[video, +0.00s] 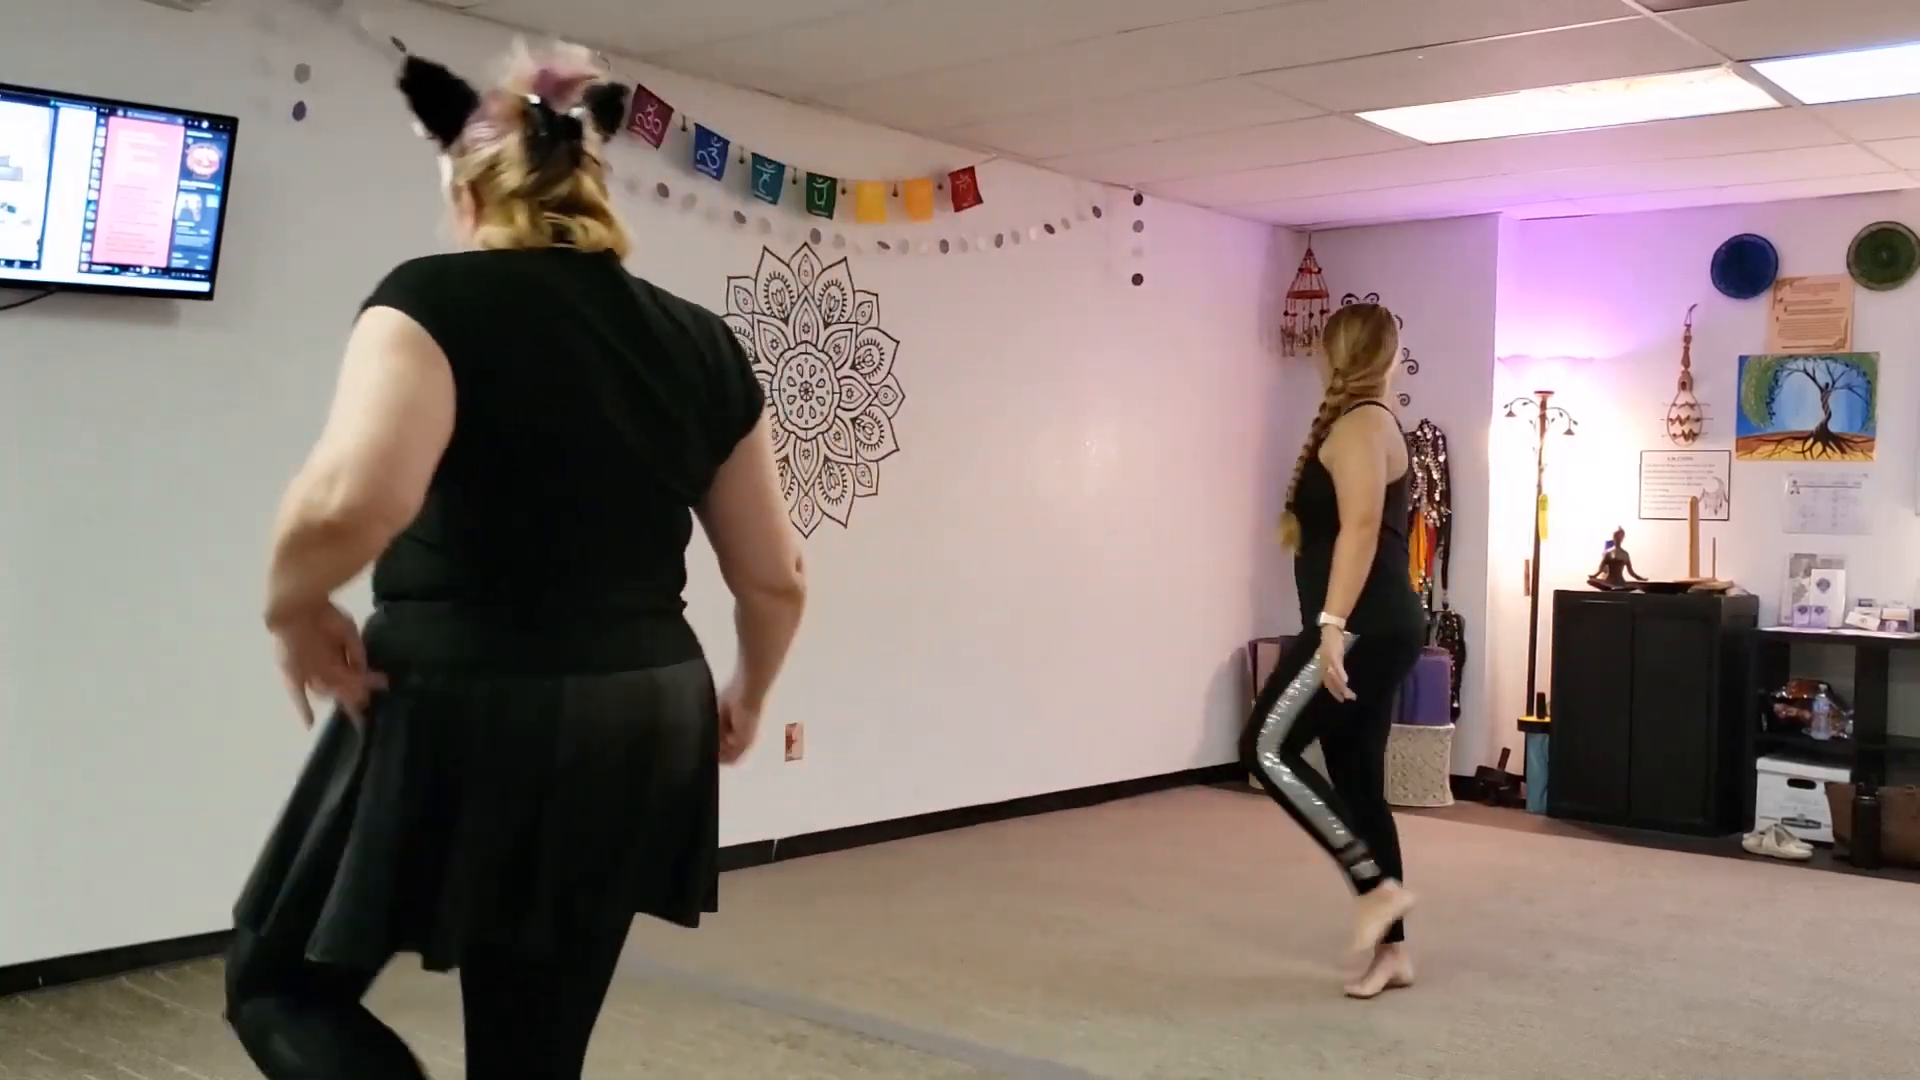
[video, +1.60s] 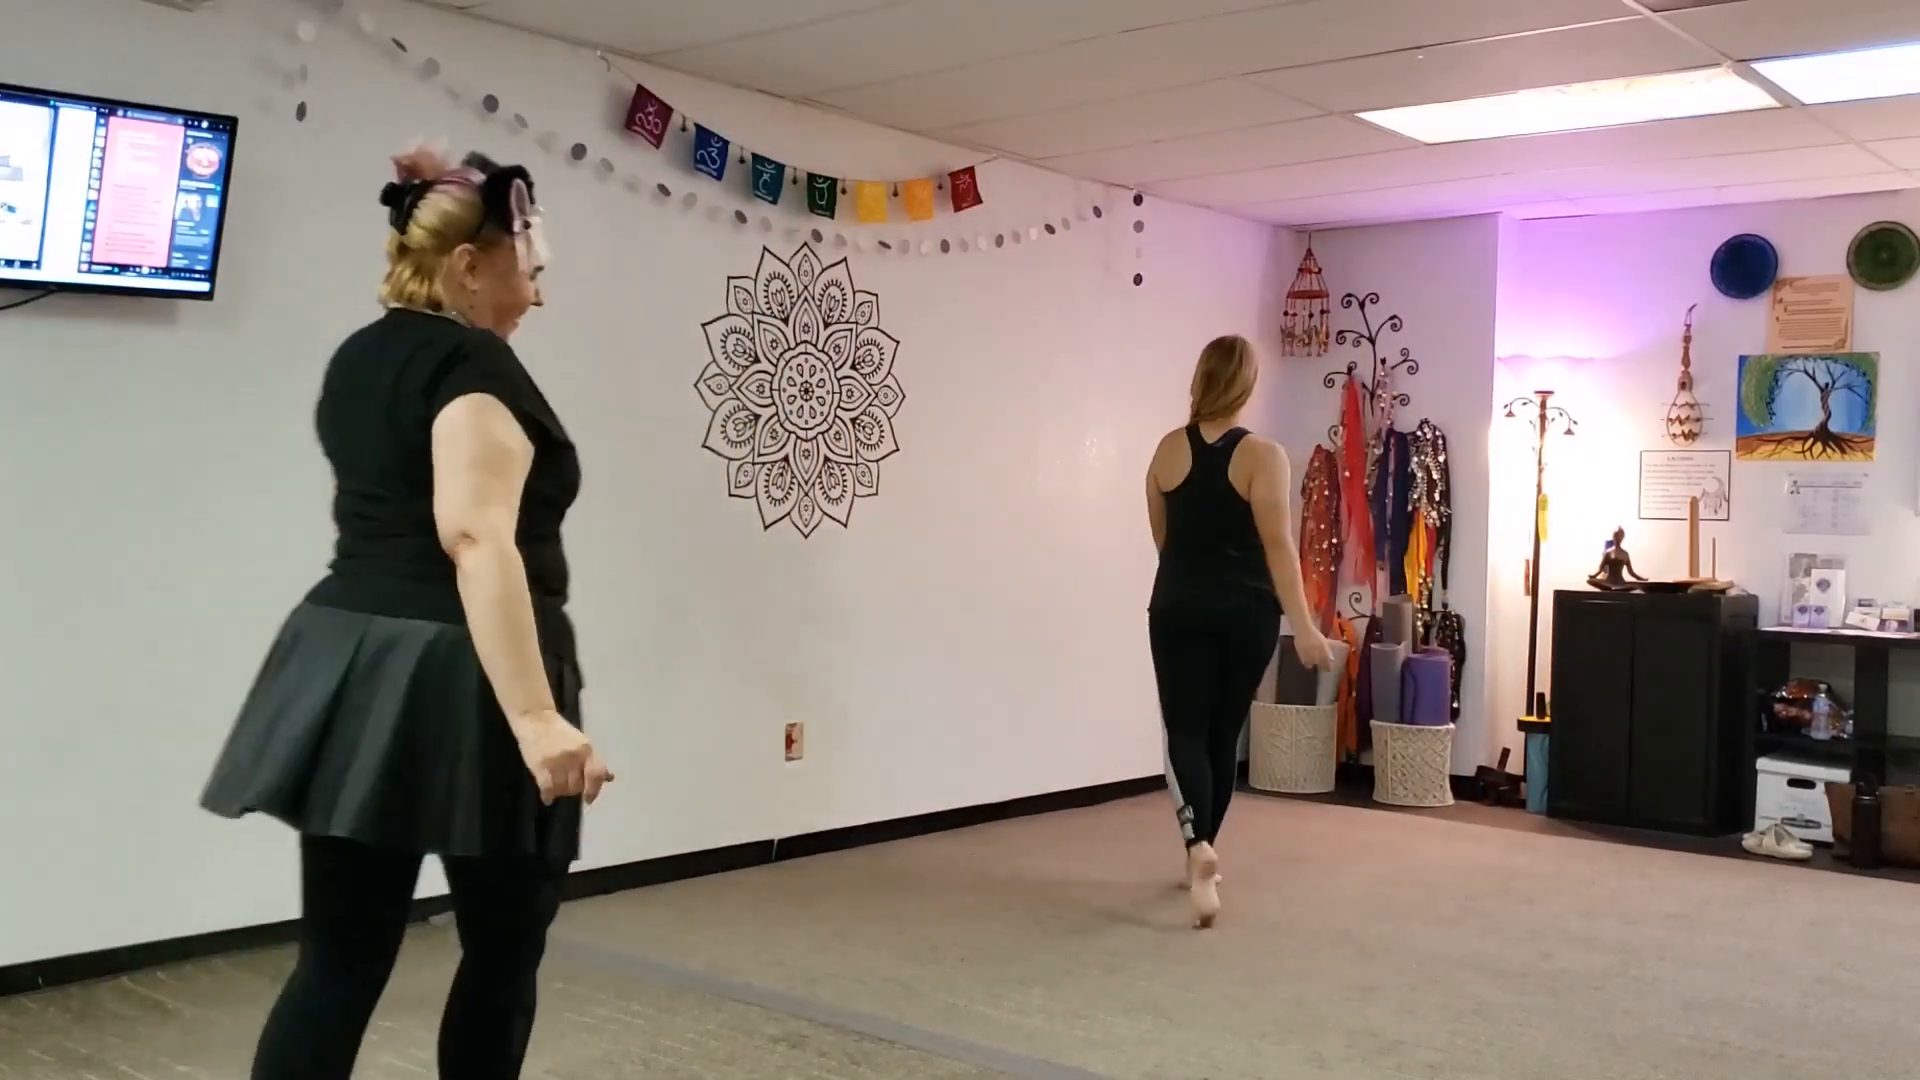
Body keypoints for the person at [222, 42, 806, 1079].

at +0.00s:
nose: (449, 222)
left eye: (451, 204)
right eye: (450, 205)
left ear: (469, 199)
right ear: (591, 194)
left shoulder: (435, 298)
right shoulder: (697, 340)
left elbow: (359, 498)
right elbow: (773, 578)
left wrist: (297, 605)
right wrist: (751, 692)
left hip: (453, 715)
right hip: (643, 720)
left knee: (279, 982)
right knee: (533, 1047)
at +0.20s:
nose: (384, 212)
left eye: (386, 191)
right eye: (385, 190)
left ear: (407, 187)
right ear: (526, 174)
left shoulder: (381, 301)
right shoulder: (645, 318)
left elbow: (295, 494)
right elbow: (730, 543)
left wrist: (213, 479)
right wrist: (681, 654)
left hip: (370, 699)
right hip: (574, 717)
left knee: (289, 1020)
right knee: (497, 1051)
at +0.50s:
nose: (301, 225)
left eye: (301, 205)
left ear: (318, 208)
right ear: (445, 199)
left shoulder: (277, 345)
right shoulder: (550, 345)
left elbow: (171, 575)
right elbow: (624, 572)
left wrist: (90, 412)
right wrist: (597, 653)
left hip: (290, 722)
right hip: (477, 726)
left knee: (252, 1050)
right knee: (451, 1055)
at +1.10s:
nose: (439, 280)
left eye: (440, 259)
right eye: (435, 257)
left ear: (307, 244)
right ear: (395, 253)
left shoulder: (199, 339)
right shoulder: (440, 359)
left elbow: (145, 557)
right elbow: (485, 561)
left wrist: (94, 515)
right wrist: (559, 727)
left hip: (207, 680)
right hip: (386, 692)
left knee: (242, 986)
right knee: (421, 921)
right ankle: (368, 1073)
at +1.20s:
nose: (460, 275)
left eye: (460, 253)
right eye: (454, 253)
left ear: (330, 245)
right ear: (400, 252)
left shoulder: (224, 334)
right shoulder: (435, 352)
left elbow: (169, 532)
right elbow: (467, 542)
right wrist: (551, 722)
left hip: (216, 664)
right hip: (394, 677)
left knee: (246, 980)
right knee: (431, 935)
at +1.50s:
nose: (510, 291)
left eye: (511, 270)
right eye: (502, 269)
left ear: (413, 265)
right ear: (441, 268)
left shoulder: (317, 362)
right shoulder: (460, 367)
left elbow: (308, 519)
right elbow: (473, 543)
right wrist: (539, 722)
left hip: (307, 678)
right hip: (440, 694)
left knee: (305, 977)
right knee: (478, 967)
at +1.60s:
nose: (536, 283)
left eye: (536, 261)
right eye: (528, 260)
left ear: (439, 260)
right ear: (468, 263)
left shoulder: (358, 358)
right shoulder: (477, 370)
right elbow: (480, 539)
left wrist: (438, 205)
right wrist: (541, 720)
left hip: (350, 670)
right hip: (476, 688)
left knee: (341, 957)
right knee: (503, 955)